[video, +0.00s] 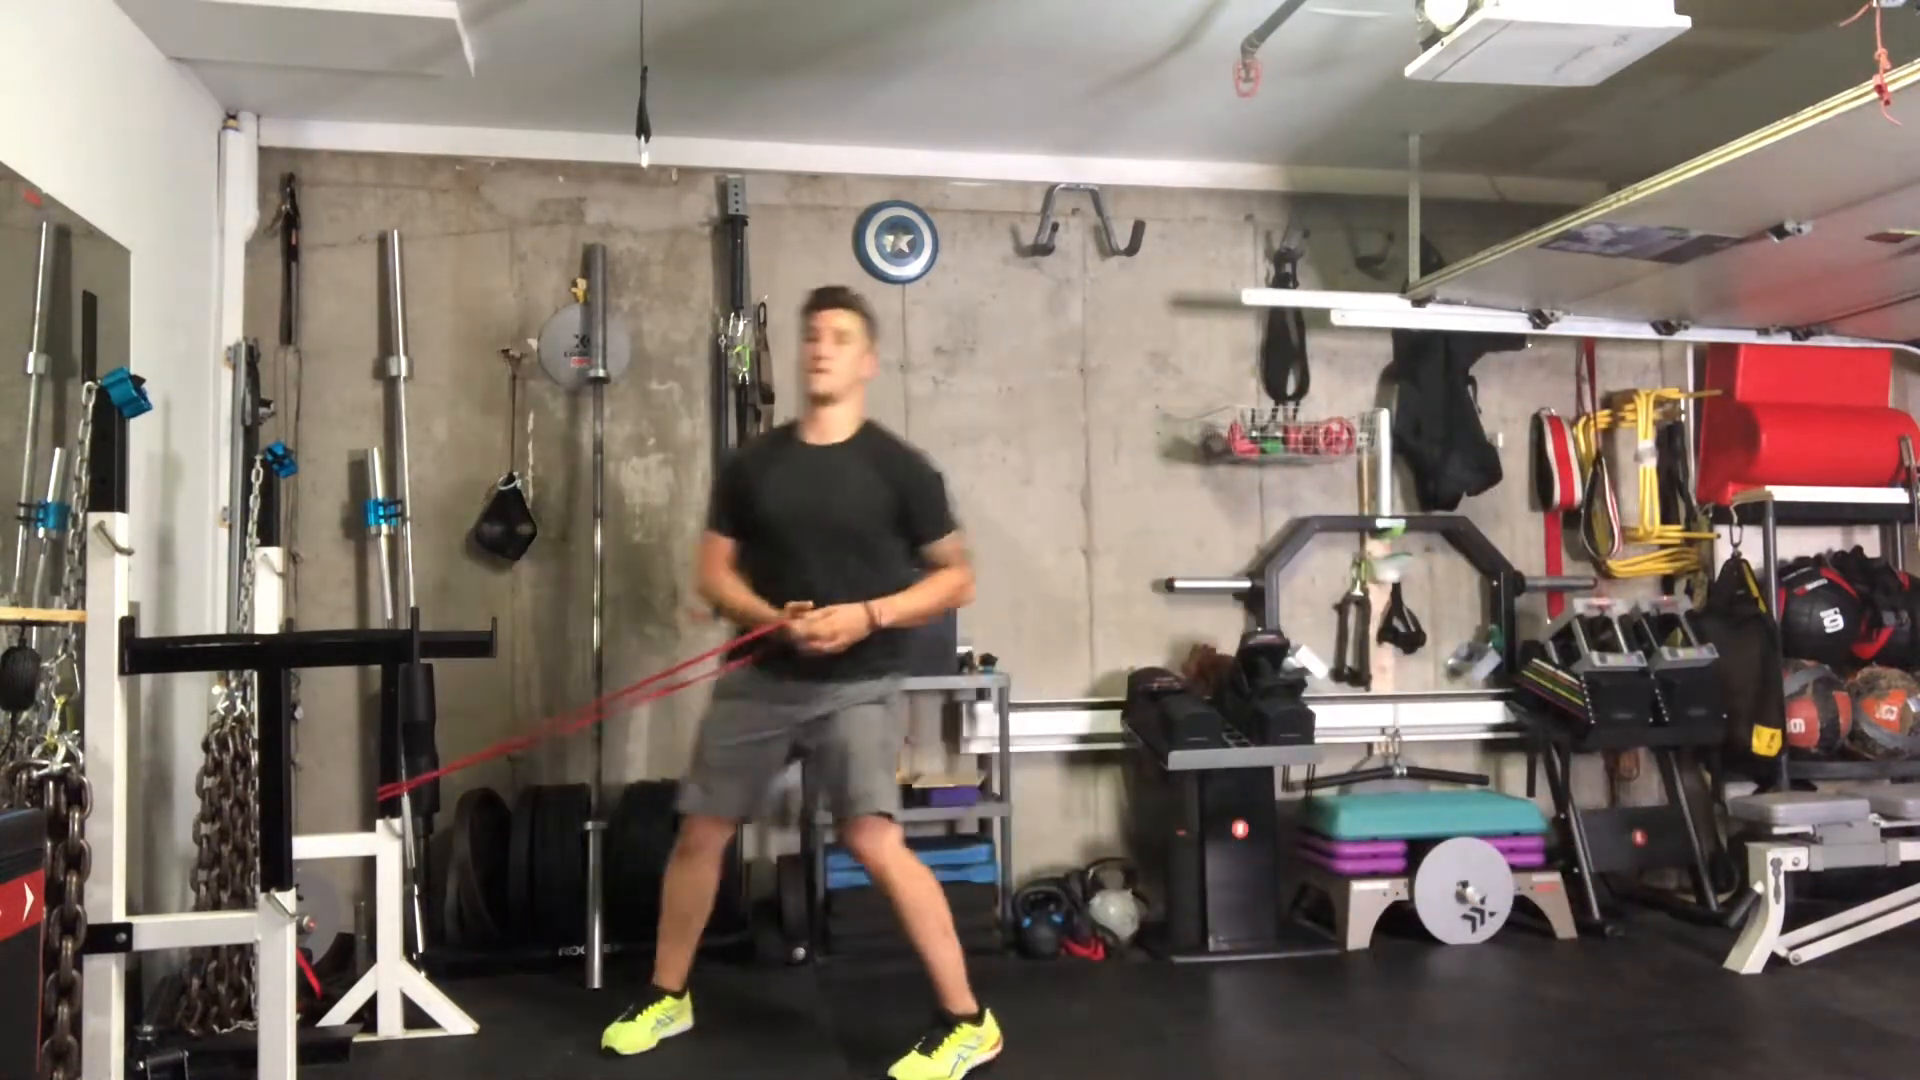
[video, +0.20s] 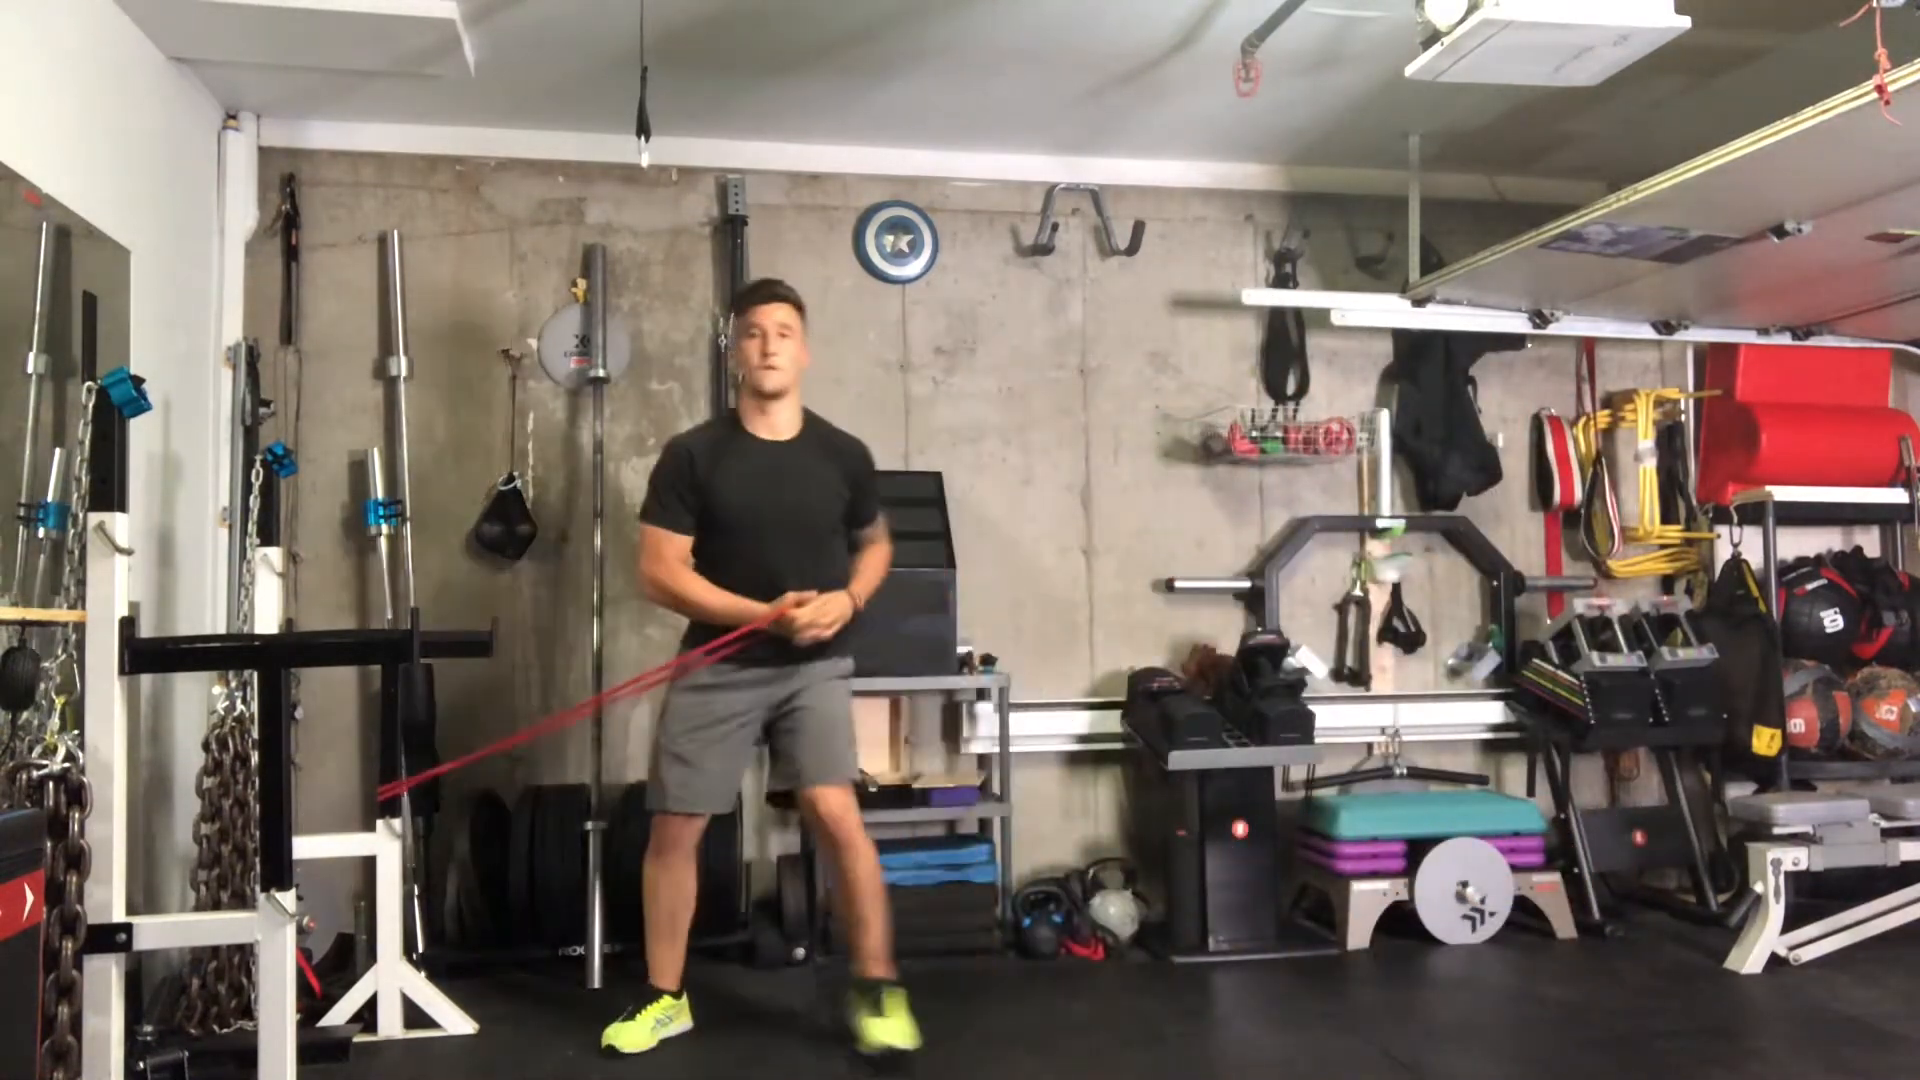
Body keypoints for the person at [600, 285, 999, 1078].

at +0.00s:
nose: (821, 351)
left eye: (838, 340)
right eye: (812, 339)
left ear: (869, 360)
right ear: (797, 356)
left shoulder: (903, 470)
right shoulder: (753, 463)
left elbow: (957, 578)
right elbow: (711, 572)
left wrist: (870, 614)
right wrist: (768, 614)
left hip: (858, 689)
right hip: (757, 685)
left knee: (873, 837)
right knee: (700, 831)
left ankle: (967, 1020)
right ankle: (667, 999)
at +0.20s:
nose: (767, 345)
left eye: (782, 334)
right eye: (753, 334)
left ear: (806, 354)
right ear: (733, 353)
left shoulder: (844, 455)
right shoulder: (690, 456)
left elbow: (875, 546)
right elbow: (658, 572)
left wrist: (850, 600)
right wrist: (765, 612)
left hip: (814, 670)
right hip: (716, 671)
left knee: (833, 807)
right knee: (674, 823)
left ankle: (877, 988)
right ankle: (665, 997)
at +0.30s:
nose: (755, 348)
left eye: (769, 334)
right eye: (741, 336)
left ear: (792, 350)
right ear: (721, 354)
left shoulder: (833, 451)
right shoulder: (683, 456)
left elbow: (861, 538)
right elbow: (657, 575)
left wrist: (852, 584)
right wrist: (774, 604)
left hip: (806, 668)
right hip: (708, 670)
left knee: (819, 812)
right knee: (672, 828)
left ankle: (820, 970)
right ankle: (665, 997)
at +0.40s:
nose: (755, 351)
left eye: (768, 338)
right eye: (739, 341)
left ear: (791, 352)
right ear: (719, 359)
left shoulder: (832, 453)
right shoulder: (688, 458)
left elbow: (861, 550)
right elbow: (677, 579)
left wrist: (861, 581)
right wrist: (796, 598)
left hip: (802, 671)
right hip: (709, 670)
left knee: (809, 827)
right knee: (670, 827)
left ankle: (807, 979)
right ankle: (665, 996)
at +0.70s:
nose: (763, 360)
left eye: (777, 346)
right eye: (748, 348)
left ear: (799, 360)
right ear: (728, 364)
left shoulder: (839, 460)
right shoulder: (691, 462)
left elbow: (870, 550)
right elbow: (675, 579)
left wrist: (849, 587)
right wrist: (785, 602)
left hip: (803, 678)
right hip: (707, 673)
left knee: (810, 824)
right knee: (662, 815)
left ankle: (804, 983)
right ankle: (633, 982)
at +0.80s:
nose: (753, 367)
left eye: (768, 353)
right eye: (739, 354)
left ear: (791, 366)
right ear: (720, 368)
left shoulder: (831, 466)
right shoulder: (679, 465)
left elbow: (860, 571)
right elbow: (667, 580)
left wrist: (821, 608)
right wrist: (760, 601)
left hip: (797, 678)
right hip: (700, 674)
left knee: (807, 822)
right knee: (659, 820)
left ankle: (804, 980)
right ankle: (632, 982)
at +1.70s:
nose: (758, 543)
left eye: (771, 526)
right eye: (742, 529)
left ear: (793, 528)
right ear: (722, 535)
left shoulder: (832, 589)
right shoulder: (696, 606)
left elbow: (851, 621)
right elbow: (702, 643)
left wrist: (821, 633)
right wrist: (765, 635)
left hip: (807, 754)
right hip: (720, 752)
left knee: (809, 853)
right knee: (699, 868)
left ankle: (806, 978)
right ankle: (639, 988)